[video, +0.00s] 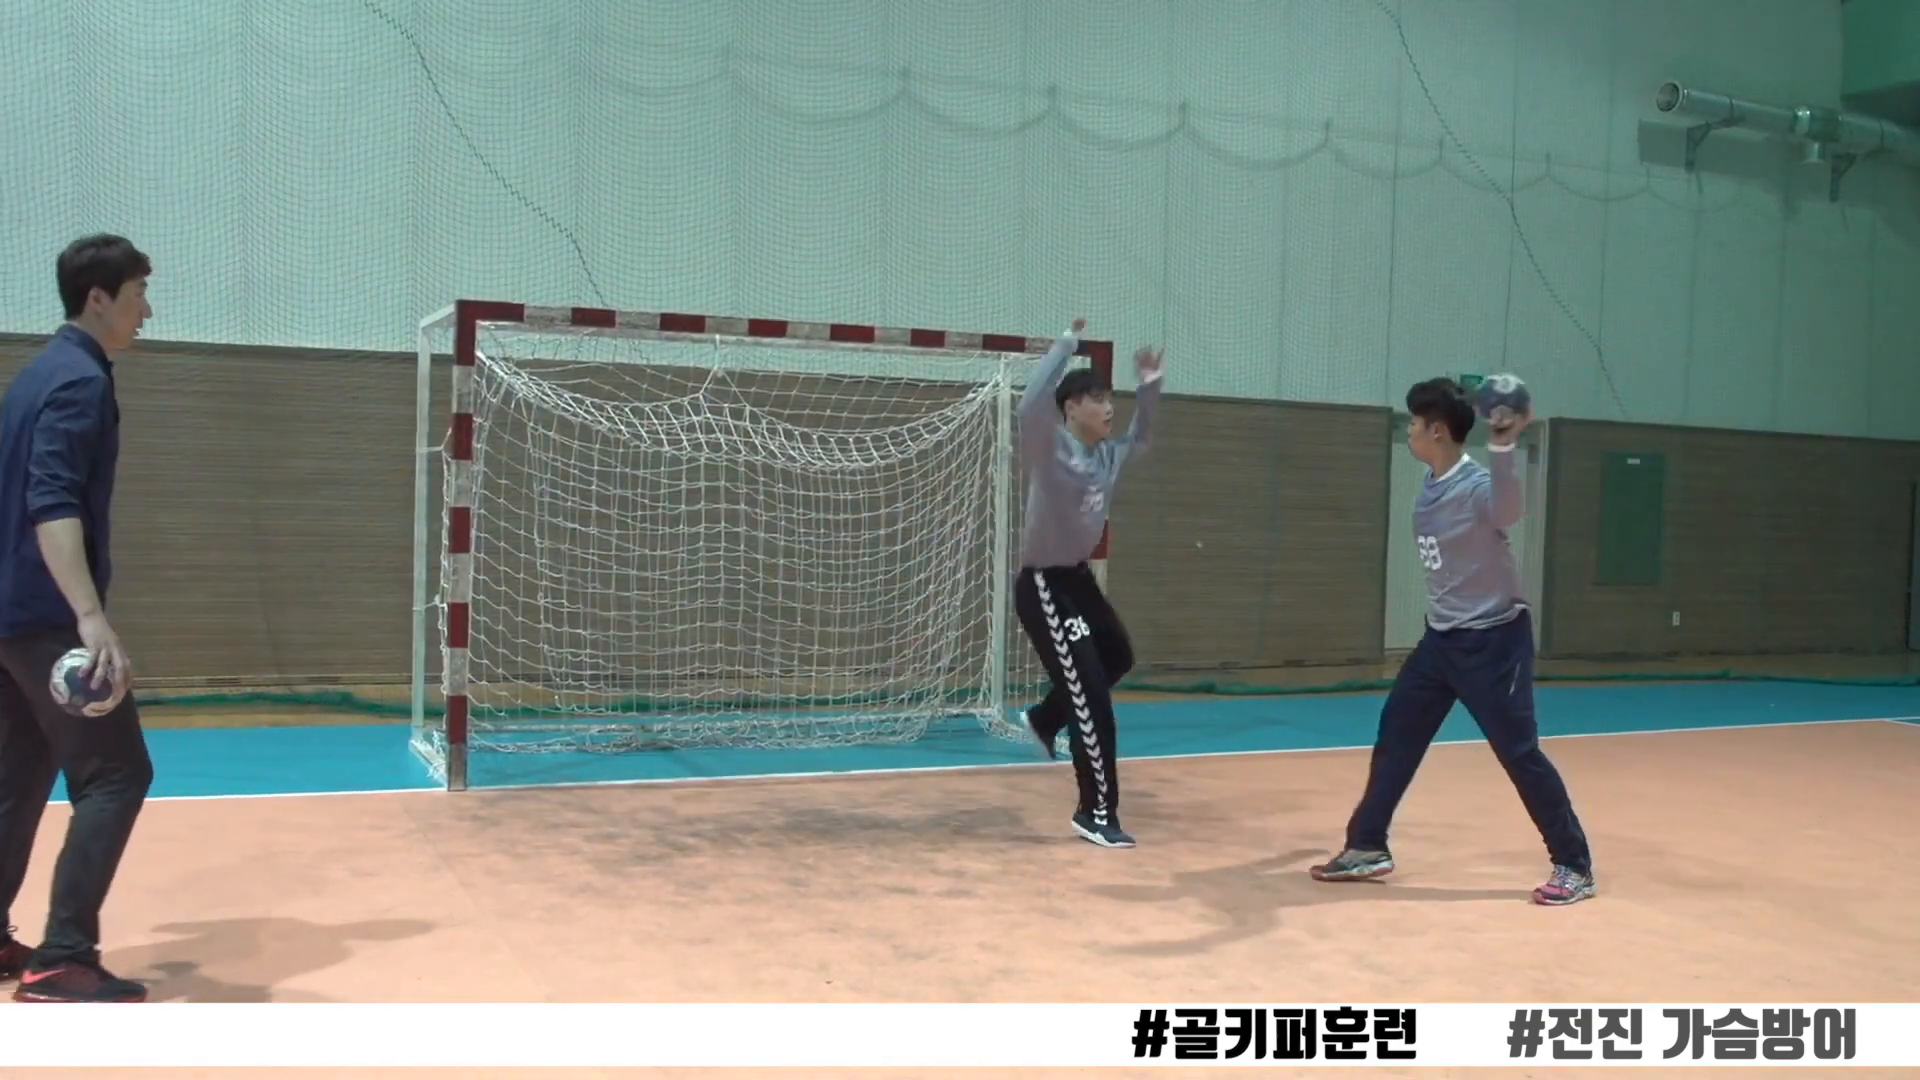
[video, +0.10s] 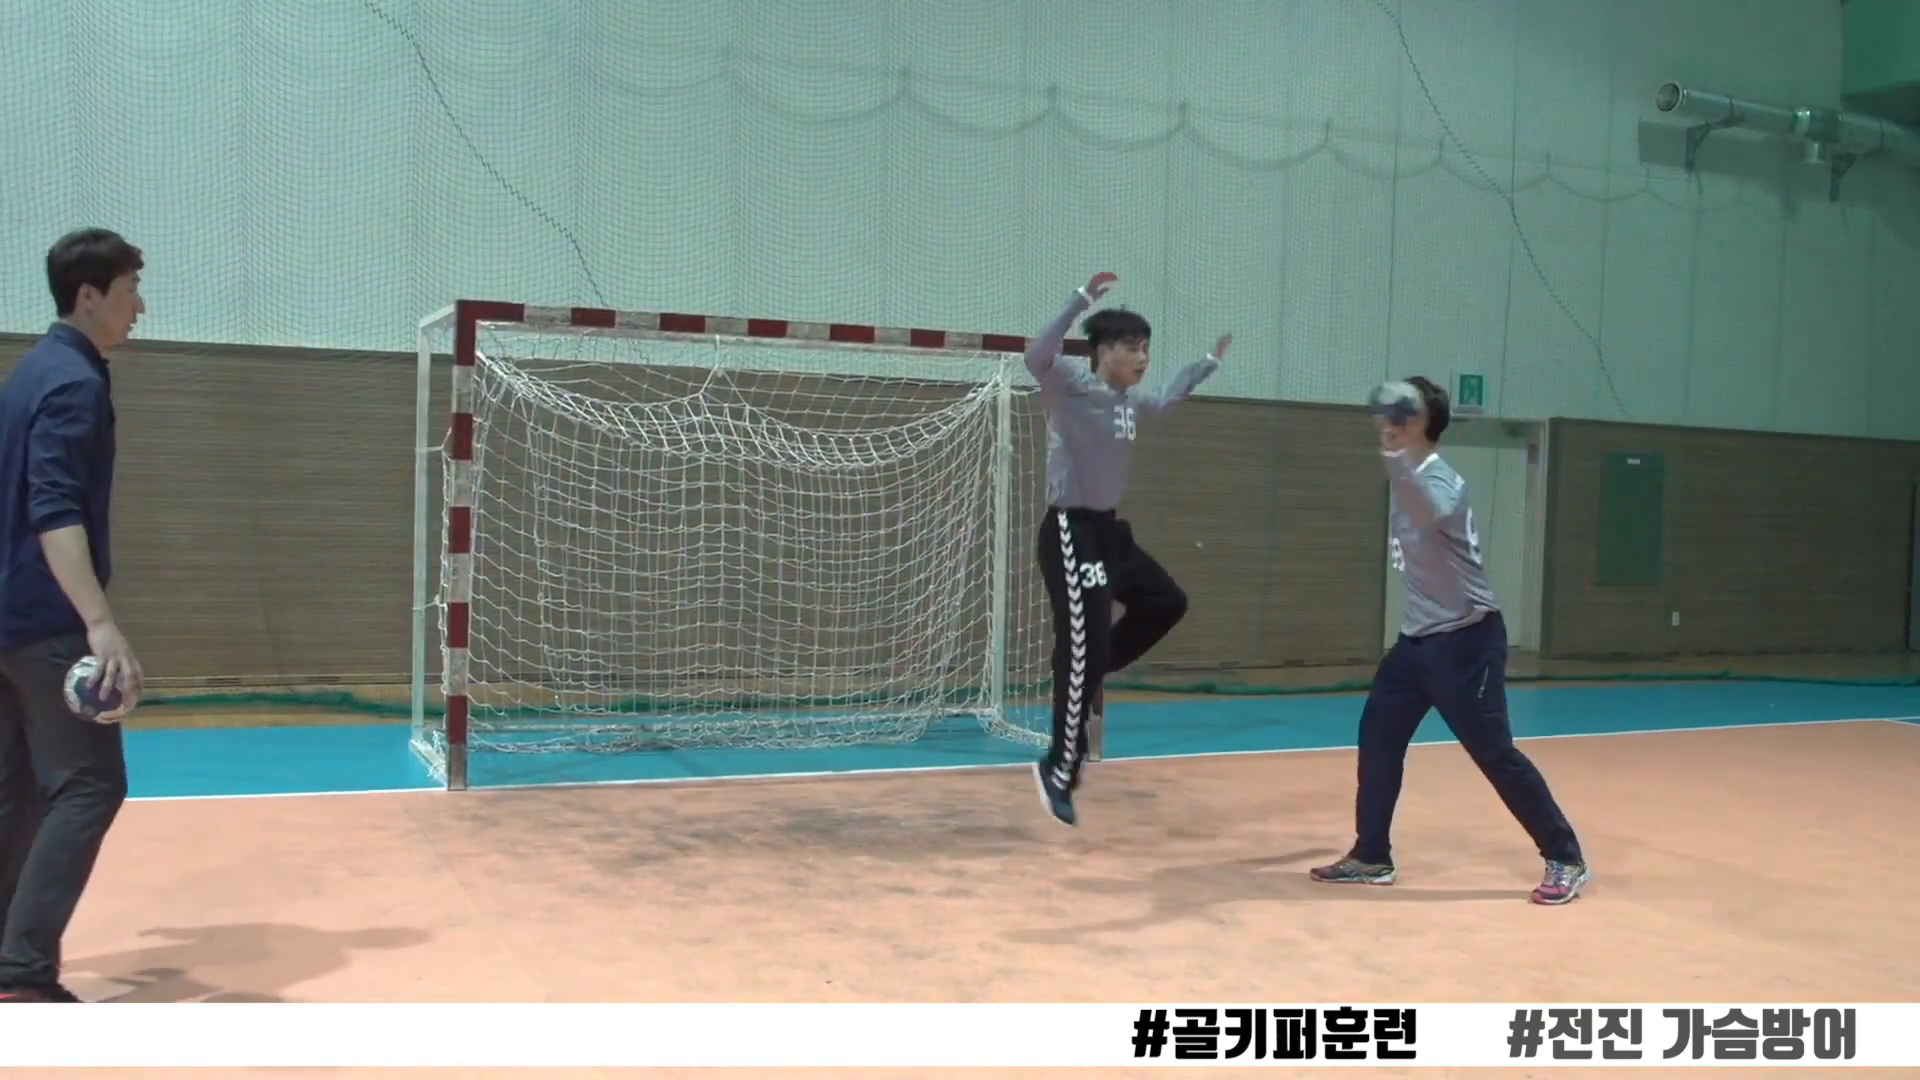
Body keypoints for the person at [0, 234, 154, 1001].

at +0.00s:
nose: (147, 306)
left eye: (146, 291)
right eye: (139, 292)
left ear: (90, 301)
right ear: (98, 299)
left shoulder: (46, 368)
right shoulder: (78, 377)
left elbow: (32, 504)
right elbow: (52, 506)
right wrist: (93, 616)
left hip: (16, 619)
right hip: (46, 620)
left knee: (23, 779)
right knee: (118, 774)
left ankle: (0, 937)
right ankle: (66, 957)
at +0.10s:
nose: (140, 302)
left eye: (139, 288)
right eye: (131, 289)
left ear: (81, 297)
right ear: (90, 295)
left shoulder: (40, 367)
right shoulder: (72, 379)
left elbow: (40, 515)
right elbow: (55, 517)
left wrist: (76, 622)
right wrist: (100, 621)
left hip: (22, 624)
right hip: (46, 626)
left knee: (25, 794)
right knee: (91, 785)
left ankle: (14, 957)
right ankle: (26, 964)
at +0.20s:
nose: (140, 300)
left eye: (138, 285)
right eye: (129, 287)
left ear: (82, 294)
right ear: (87, 294)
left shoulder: (50, 365)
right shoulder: (68, 380)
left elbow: (42, 521)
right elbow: (51, 521)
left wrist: (88, 626)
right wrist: (111, 627)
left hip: (29, 623)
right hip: (44, 625)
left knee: (29, 786)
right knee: (78, 789)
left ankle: (13, 952)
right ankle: (18, 967)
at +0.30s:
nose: (142, 299)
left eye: (141, 284)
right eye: (132, 285)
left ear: (85, 291)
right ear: (87, 290)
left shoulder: (71, 371)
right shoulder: (60, 384)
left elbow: (57, 524)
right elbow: (45, 525)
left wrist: (99, 634)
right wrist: (115, 627)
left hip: (47, 630)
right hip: (46, 633)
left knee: (32, 790)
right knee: (72, 796)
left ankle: (12, 952)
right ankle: (21, 970)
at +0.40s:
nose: (145, 299)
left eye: (145, 284)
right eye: (136, 285)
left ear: (90, 291)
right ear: (90, 290)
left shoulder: (78, 375)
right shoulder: (59, 387)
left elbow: (68, 527)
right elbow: (38, 529)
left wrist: (104, 643)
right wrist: (110, 630)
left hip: (49, 634)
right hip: (46, 636)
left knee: (31, 794)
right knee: (73, 799)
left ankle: (7, 954)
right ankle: (22, 973)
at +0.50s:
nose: (153, 301)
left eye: (152, 286)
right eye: (145, 287)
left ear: (99, 293)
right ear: (99, 292)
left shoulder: (81, 376)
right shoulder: (61, 388)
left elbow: (64, 526)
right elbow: (35, 531)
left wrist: (98, 635)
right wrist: (101, 639)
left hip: (51, 639)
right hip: (49, 643)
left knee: (42, 794)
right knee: (77, 804)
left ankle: (5, 953)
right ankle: (23, 974)